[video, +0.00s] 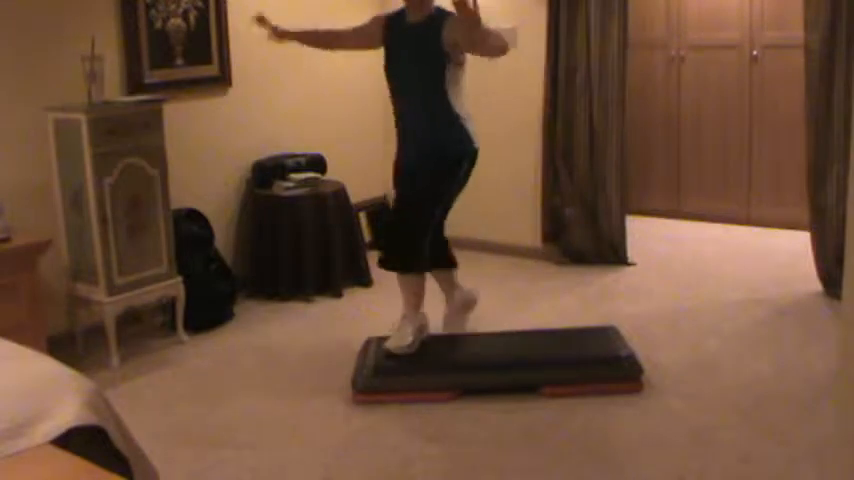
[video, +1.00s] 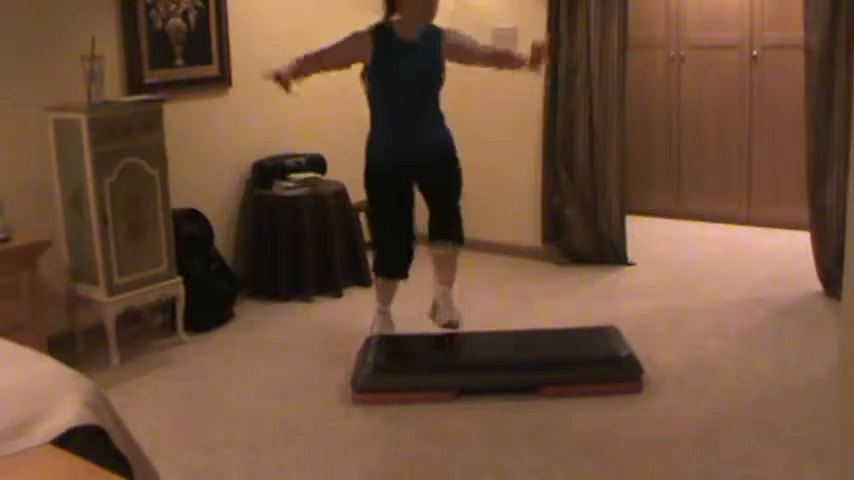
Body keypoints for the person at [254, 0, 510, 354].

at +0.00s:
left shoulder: (448, 24)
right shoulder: (388, 26)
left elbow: (499, 47)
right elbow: (338, 39)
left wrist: (477, 31)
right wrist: (287, 35)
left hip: (450, 148)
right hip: (411, 149)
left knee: (406, 229)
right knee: (423, 228)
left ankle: (413, 319)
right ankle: (456, 295)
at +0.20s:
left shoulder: (434, 7)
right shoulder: (373, 9)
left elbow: (486, 49)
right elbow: (357, 48)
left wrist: (488, 104)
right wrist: (334, 89)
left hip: (441, 128)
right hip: (398, 125)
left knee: (418, 223)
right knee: (360, 193)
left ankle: (413, 317)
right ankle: (410, 241)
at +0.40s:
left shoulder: (428, 17)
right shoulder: (367, 16)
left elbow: (473, 70)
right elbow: (374, 75)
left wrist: (481, 128)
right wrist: (374, 120)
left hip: (434, 137)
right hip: (389, 132)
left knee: (406, 228)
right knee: (345, 168)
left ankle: (413, 319)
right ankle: (386, 221)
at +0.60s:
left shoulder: (436, 7)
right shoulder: (362, 7)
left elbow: (472, 35)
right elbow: (326, 35)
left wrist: (509, 61)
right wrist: (289, 69)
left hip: (425, 128)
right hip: (379, 127)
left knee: (415, 223)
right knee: (367, 216)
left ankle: (414, 316)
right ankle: (386, 270)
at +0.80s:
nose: (404, 7)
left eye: (410, 3)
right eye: (398, 2)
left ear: (419, 3)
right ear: (386, 1)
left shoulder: (434, 32)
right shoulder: (362, 29)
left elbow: (489, 25)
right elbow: (309, 27)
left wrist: (527, 5)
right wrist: (264, 15)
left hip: (425, 149)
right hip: (378, 151)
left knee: (412, 233)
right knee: (382, 237)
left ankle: (415, 318)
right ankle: (385, 312)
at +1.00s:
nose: (433, 5)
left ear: (433, 5)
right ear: (402, 3)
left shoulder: (441, 40)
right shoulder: (371, 41)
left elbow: (484, 55)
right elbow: (323, 59)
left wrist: (524, 60)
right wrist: (291, 72)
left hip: (434, 149)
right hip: (387, 152)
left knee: (447, 226)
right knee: (391, 238)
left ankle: (444, 299)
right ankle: (382, 316)